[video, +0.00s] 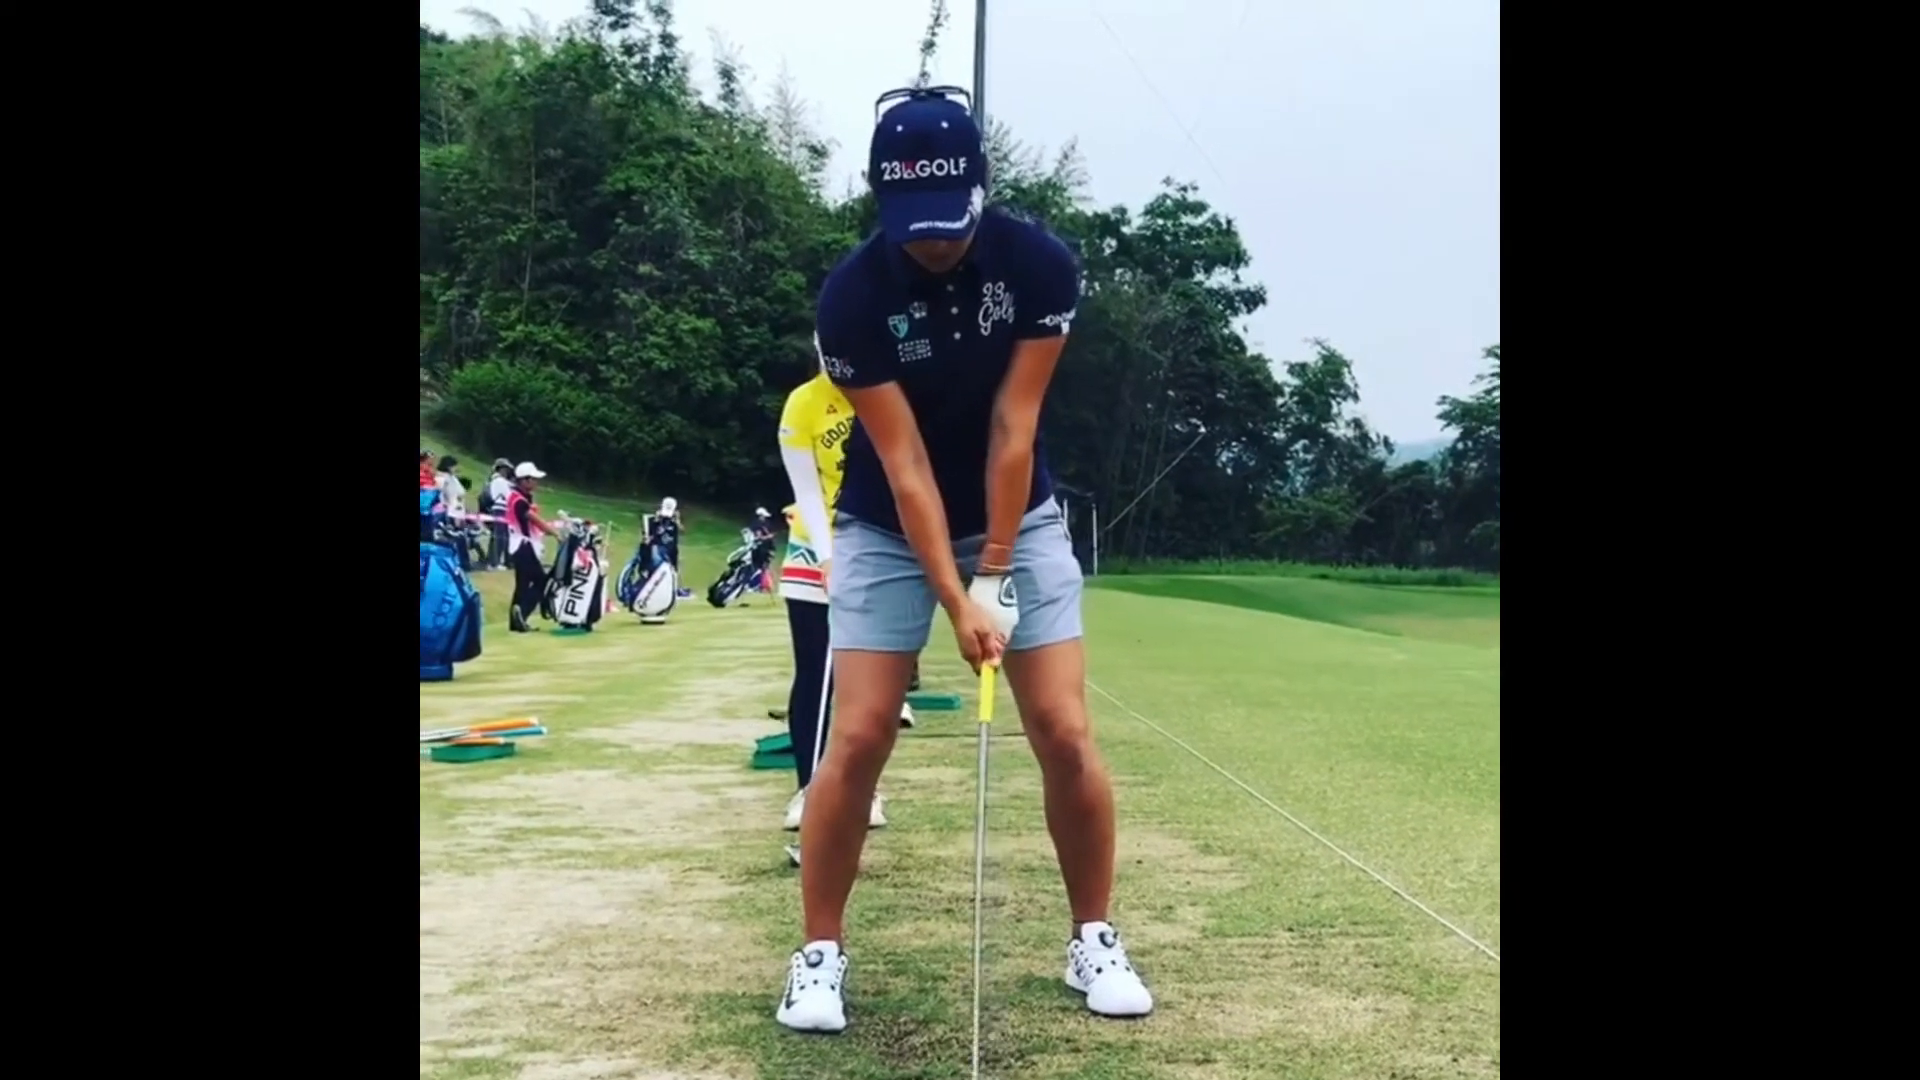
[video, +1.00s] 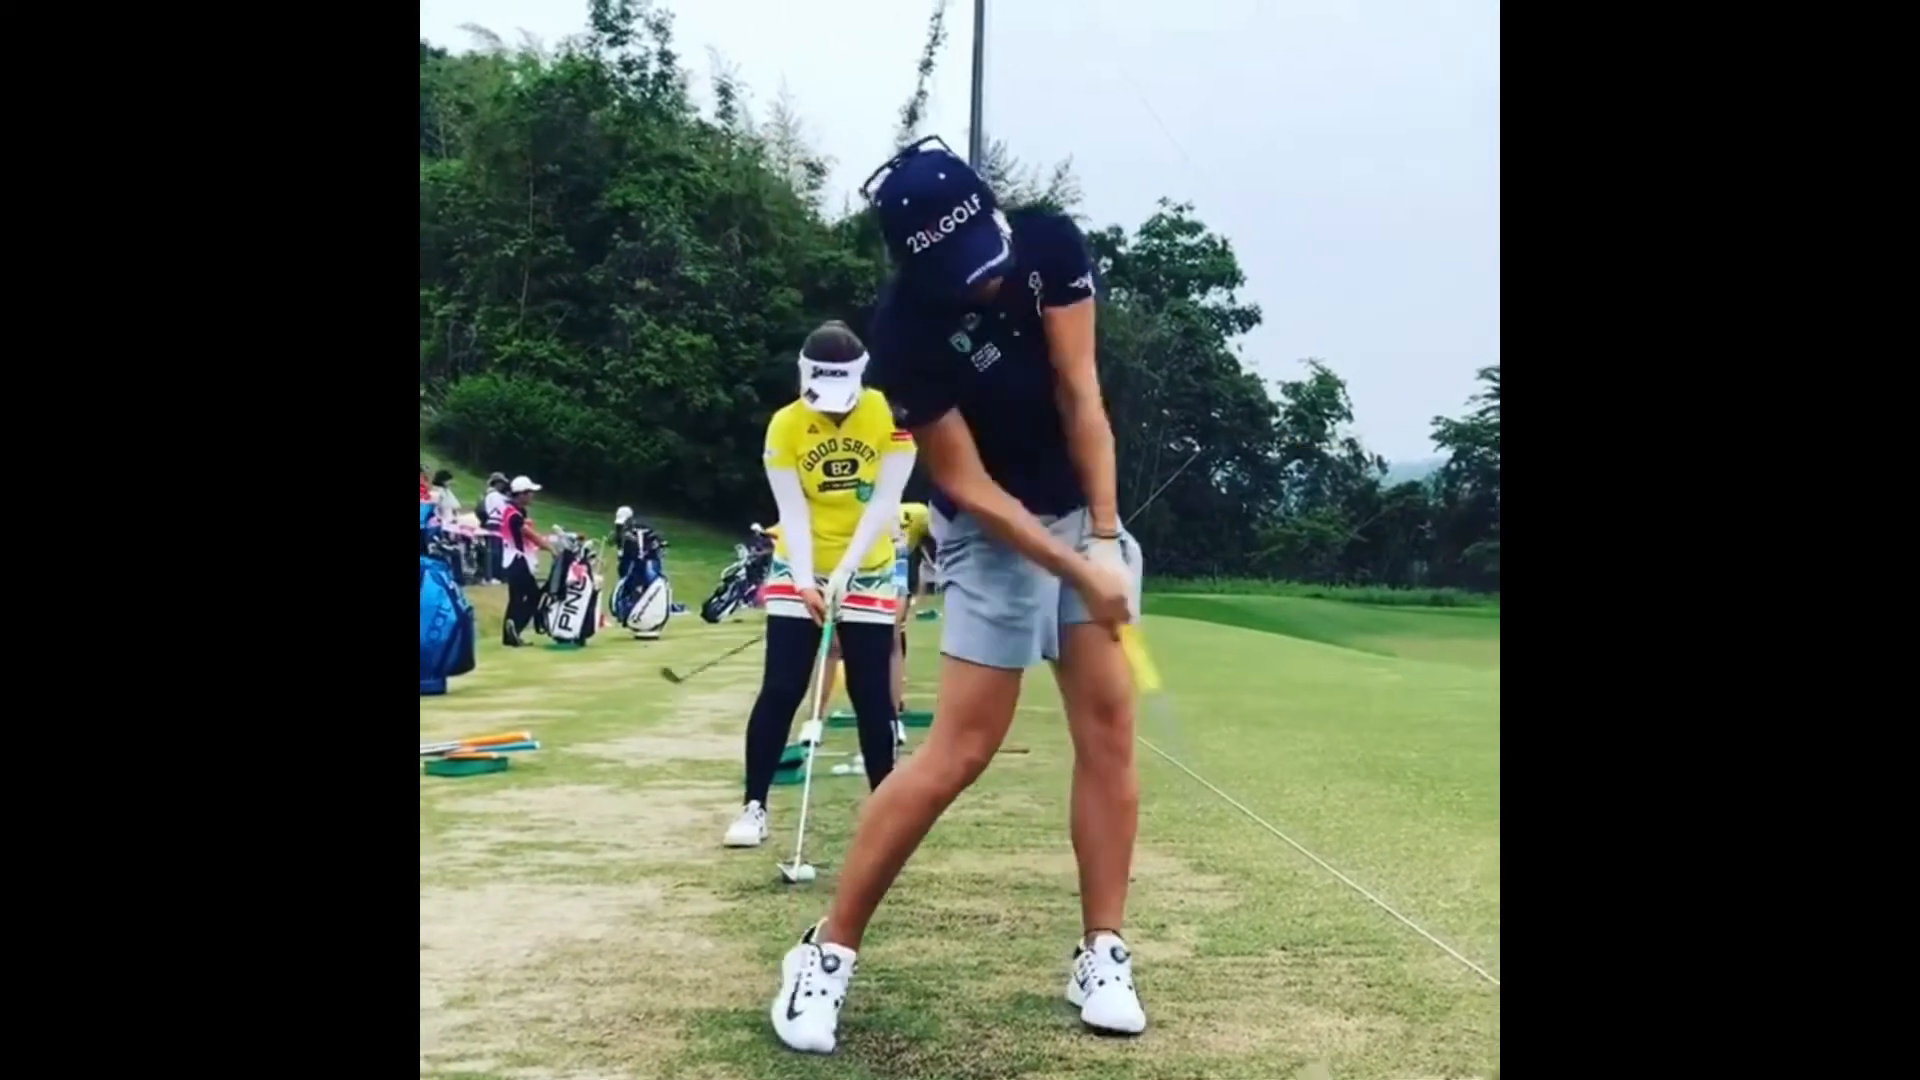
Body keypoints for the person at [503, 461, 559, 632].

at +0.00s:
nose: (536, 484)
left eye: (536, 480)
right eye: (533, 480)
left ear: (525, 482)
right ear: (524, 481)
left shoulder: (517, 497)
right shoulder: (519, 501)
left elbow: (534, 518)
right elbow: (536, 521)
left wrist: (552, 527)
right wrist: (555, 532)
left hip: (518, 542)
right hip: (523, 544)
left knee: (522, 582)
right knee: (540, 579)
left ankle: (516, 620)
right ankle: (522, 611)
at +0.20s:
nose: (542, 487)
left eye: (542, 483)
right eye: (539, 483)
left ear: (531, 485)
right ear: (529, 484)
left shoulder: (525, 501)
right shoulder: (525, 504)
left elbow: (540, 522)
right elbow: (542, 524)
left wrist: (558, 529)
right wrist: (560, 535)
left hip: (528, 546)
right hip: (528, 548)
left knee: (528, 585)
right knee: (546, 582)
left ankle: (522, 623)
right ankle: (528, 614)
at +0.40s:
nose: (545, 490)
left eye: (545, 486)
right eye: (542, 486)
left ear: (535, 488)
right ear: (532, 487)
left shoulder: (529, 505)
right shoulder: (529, 508)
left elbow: (544, 526)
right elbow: (545, 528)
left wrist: (561, 533)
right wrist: (563, 538)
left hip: (531, 550)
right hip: (532, 551)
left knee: (531, 588)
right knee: (549, 585)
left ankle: (525, 626)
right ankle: (531, 618)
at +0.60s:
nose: (545, 493)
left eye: (545, 489)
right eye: (542, 489)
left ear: (534, 491)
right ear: (533, 490)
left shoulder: (526, 507)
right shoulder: (529, 511)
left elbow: (544, 530)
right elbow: (546, 531)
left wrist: (561, 536)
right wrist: (564, 541)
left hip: (529, 553)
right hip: (532, 554)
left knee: (531, 592)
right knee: (549, 589)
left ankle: (525, 629)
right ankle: (531, 621)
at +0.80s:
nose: (541, 495)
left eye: (541, 492)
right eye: (538, 491)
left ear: (530, 494)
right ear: (529, 493)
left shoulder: (525, 510)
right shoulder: (523, 514)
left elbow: (540, 533)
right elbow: (540, 534)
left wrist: (557, 540)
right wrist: (559, 545)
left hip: (526, 555)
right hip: (526, 556)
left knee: (526, 594)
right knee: (544, 591)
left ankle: (520, 633)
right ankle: (525, 624)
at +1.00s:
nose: (532, 497)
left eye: (532, 493)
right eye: (529, 493)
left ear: (520, 495)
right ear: (520, 495)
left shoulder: (513, 512)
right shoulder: (514, 516)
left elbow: (530, 534)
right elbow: (531, 536)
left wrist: (548, 541)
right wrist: (550, 547)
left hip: (514, 556)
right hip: (517, 559)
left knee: (516, 596)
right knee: (534, 593)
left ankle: (509, 635)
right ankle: (516, 625)